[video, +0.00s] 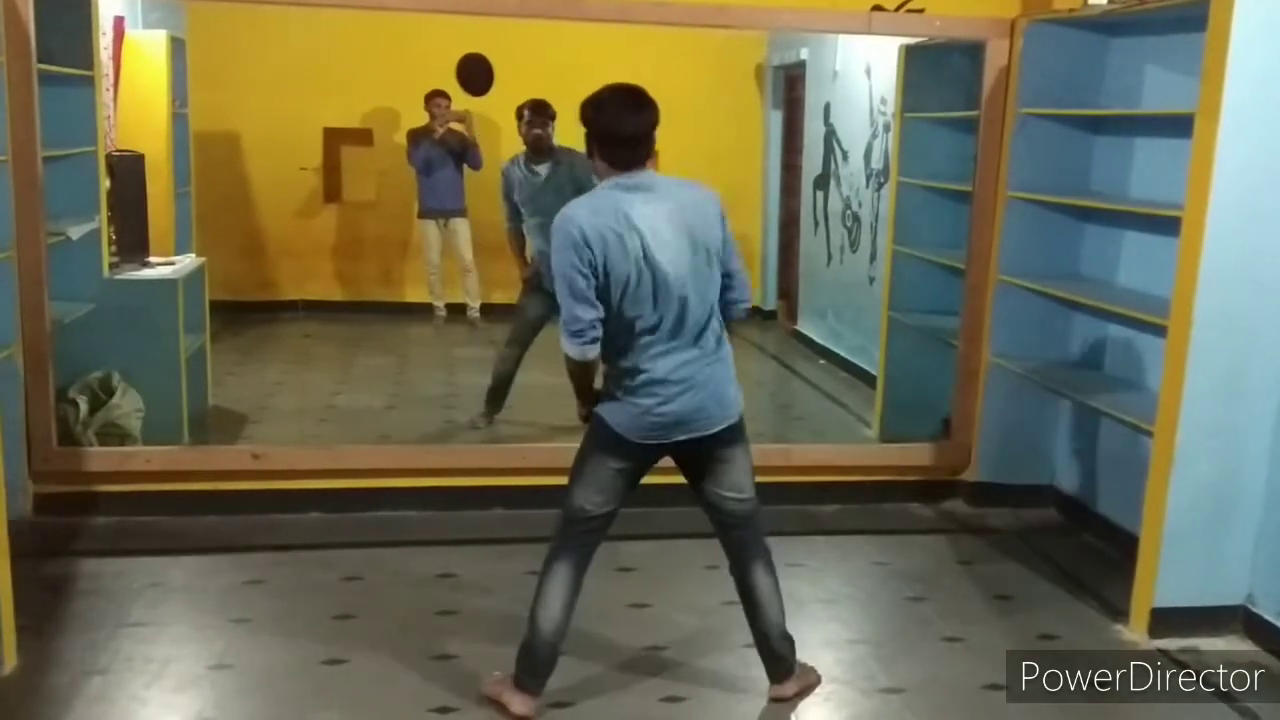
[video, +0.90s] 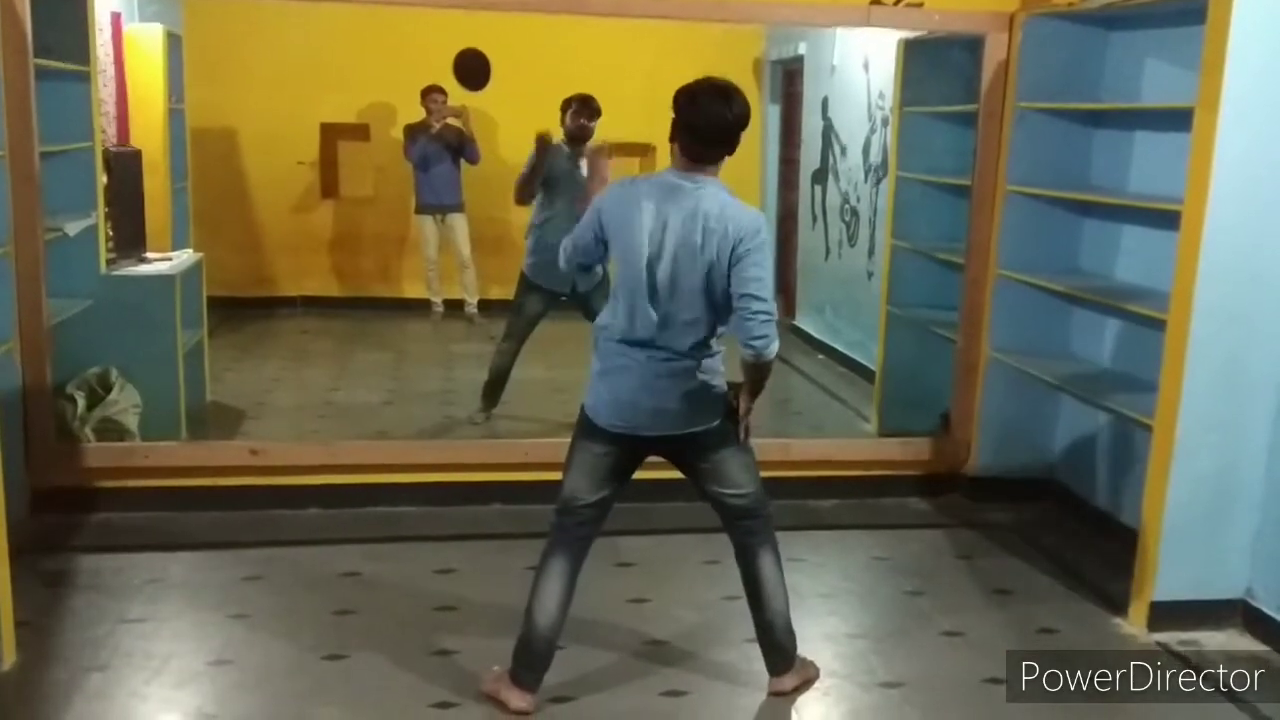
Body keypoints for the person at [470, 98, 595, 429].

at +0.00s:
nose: (538, 132)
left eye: (544, 126)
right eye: (531, 126)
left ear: (554, 128)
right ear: (520, 130)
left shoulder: (578, 165)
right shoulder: (512, 171)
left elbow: (597, 212)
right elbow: (513, 222)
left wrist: (595, 256)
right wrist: (522, 264)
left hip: (584, 266)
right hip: (543, 268)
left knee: (610, 336)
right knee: (515, 341)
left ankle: (611, 403)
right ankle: (489, 412)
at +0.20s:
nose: (559, 132)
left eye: (565, 126)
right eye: (552, 126)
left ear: (573, 129)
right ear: (538, 130)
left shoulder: (592, 173)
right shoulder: (525, 172)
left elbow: (610, 219)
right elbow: (514, 224)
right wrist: (504, 224)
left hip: (590, 270)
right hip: (547, 271)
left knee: (612, 342)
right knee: (515, 343)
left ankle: (624, 413)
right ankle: (489, 411)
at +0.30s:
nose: (565, 126)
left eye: (571, 120)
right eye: (558, 119)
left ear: (578, 124)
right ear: (544, 124)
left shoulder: (594, 167)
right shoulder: (529, 163)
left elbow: (609, 213)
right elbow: (502, 211)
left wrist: (611, 262)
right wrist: (507, 174)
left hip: (588, 270)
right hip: (545, 270)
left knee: (625, 337)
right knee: (514, 345)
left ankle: (640, 416)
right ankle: (489, 411)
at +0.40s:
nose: (571, 125)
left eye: (577, 119)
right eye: (564, 118)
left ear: (584, 123)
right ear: (550, 120)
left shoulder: (595, 166)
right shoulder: (530, 161)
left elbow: (612, 211)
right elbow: (488, 186)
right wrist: (514, 161)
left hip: (592, 277)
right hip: (545, 276)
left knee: (626, 343)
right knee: (512, 347)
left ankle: (641, 420)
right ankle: (488, 412)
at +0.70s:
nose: (590, 128)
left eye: (596, 123)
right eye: (583, 121)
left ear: (600, 128)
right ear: (567, 122)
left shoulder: (599, 170)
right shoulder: (544, 158)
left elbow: (607, 209)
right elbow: (502, 181)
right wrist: (522, 193)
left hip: (589, 273)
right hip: (545, 272)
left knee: (618, 341)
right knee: (513, 343)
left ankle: (625, 415)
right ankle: (488, 408)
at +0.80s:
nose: (589, 126)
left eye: (595, 121)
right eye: (582, 119)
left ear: (600, 128)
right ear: (567, 121)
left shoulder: (599, 170)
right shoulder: (545, 158)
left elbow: (607, 212)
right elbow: (510, 195)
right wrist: (536, 184)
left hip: (589, 270)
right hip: (544, 269)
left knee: (619, 337)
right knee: (512, 341)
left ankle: (624, 414)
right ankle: (487, 407)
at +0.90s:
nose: (583, 122)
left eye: (590, 117)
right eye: (577, 115)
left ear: (597, 124)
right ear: (563, 118)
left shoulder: (596, 163)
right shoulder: (548, 155)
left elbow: (598, 207)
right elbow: (522, 196)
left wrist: (596, 166)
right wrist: (539, 157)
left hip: (588, 269)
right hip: (544, 267)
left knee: (619, 337)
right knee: (511, 340)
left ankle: (624, 414)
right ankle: (486, 406)